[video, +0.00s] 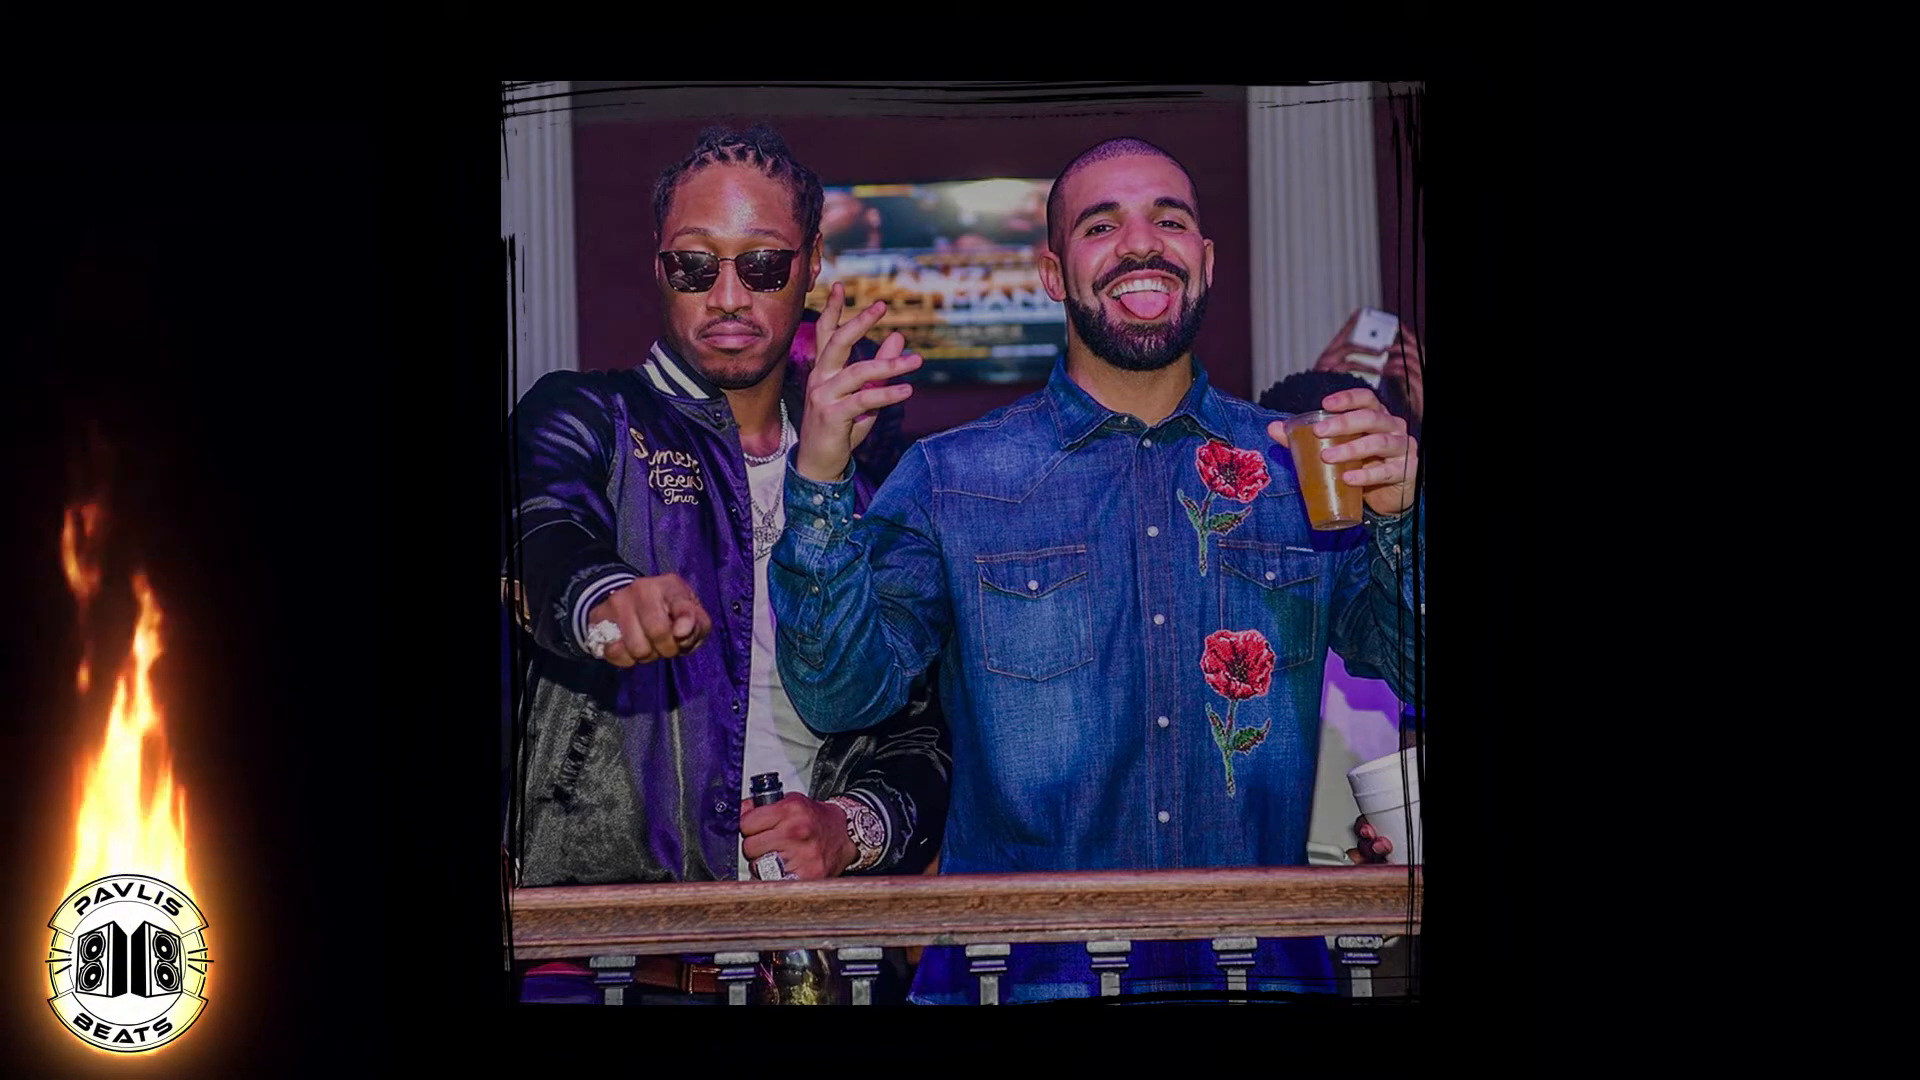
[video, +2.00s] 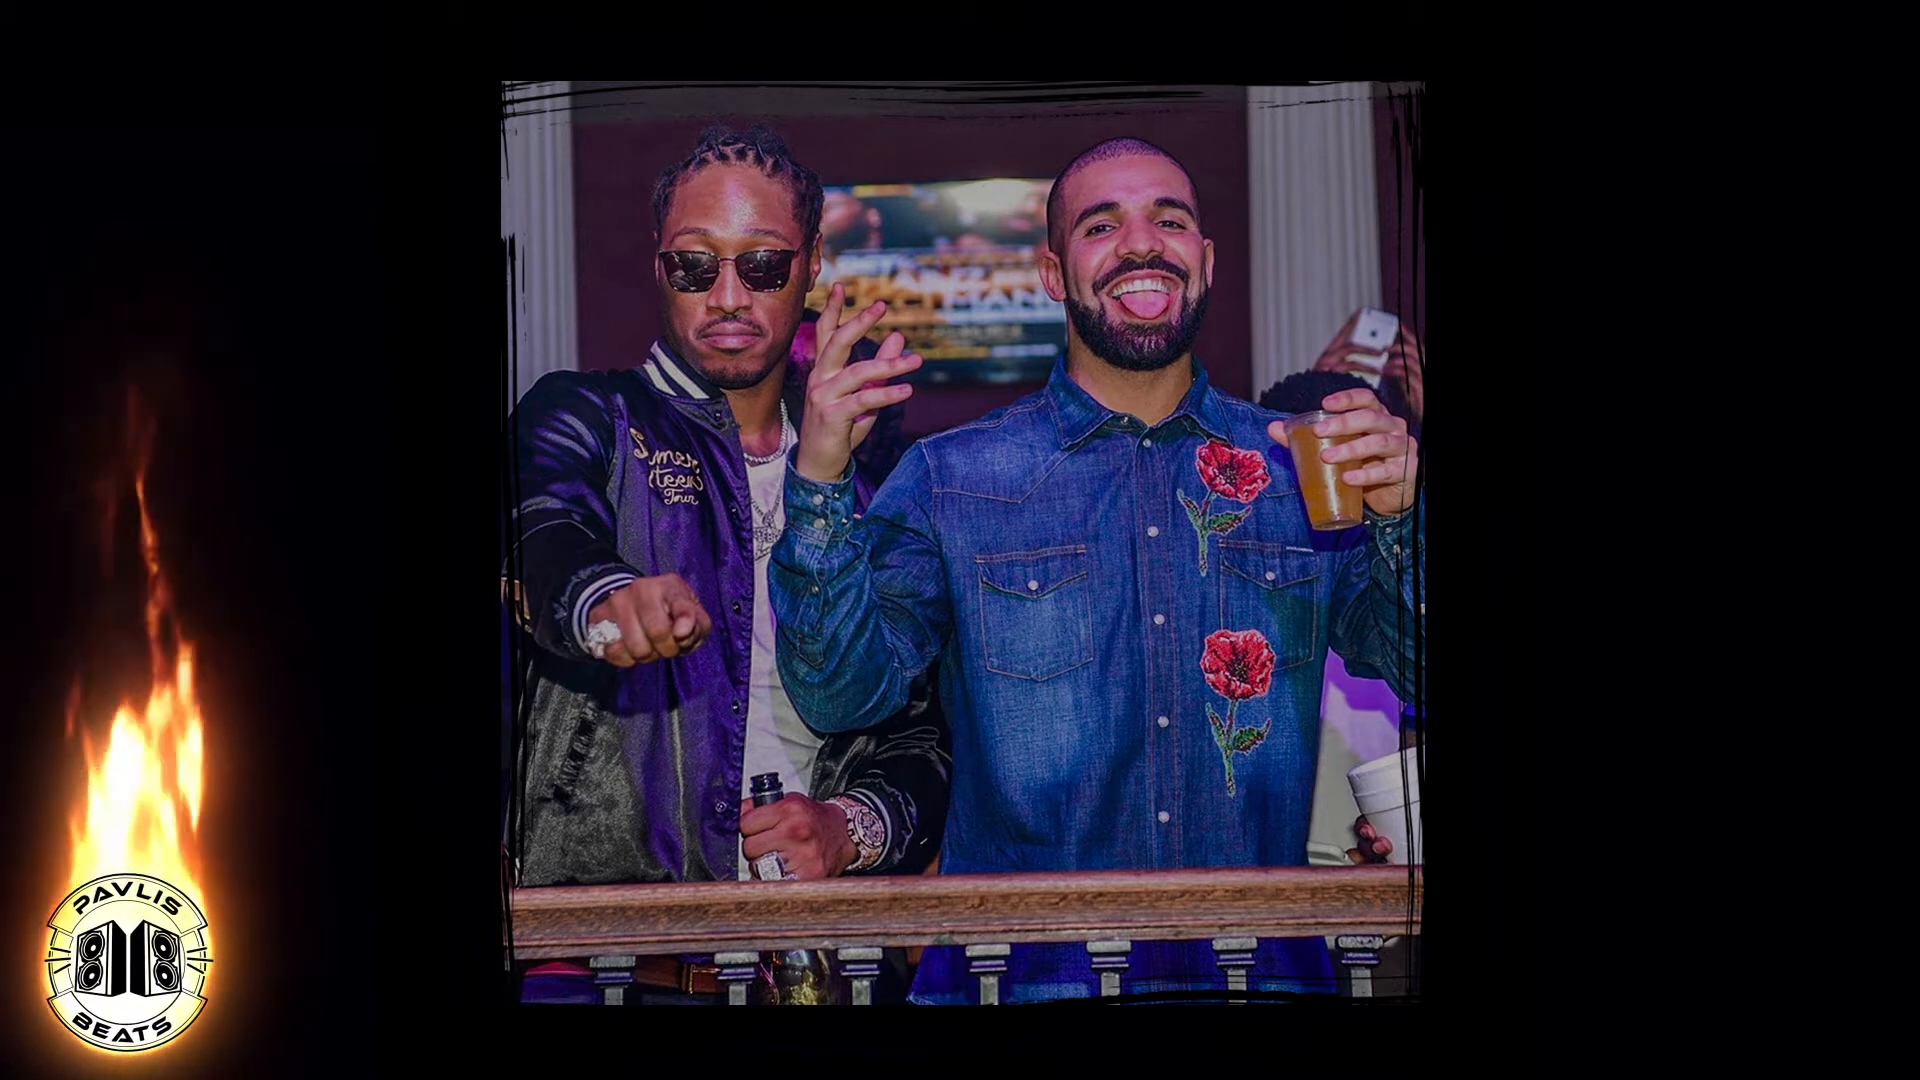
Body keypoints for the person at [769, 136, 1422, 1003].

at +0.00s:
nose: (1141, 243)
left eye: (1169, 219)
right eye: (1102, 225)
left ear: (1207, 258)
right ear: (1055, 272)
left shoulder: (1304, 469)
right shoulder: (945, 479)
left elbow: (1414, 674)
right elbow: (840, 692)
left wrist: (1402, 516)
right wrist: (819, 472)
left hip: (1255, 954)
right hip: (1021, 963)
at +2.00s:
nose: (1142, 242)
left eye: (1170, 219)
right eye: (1102, 225)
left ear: (1207, 259)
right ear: (1055, 273)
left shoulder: (1304, 469)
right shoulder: (945, 478)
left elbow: (1413, 673)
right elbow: (840, 692)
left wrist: (1402, 516)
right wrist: (818, 475)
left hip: (1255, 955)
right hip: (1022, 963)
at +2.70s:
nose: (1141, 242)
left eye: (1170, 219)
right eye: (1102, 225)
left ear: (1208, 259)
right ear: (1054, 273)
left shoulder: (1305, 469)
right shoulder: (945, 479)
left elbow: (1410, 670)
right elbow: (840, 692)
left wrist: (1402, 515)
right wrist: (818, 477)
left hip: (1256, 954)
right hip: (1022, 962)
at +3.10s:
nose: (1142, 242)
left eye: (1170, 219)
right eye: (1102, 225)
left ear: (1207, 259)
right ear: (1055, 273)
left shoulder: (1304, 469)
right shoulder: (945, 478)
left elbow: (1413, 673)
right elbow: (840, 692)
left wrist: (1402, 516)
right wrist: (818, 475)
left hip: (1255, 955)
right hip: (1022, 963)